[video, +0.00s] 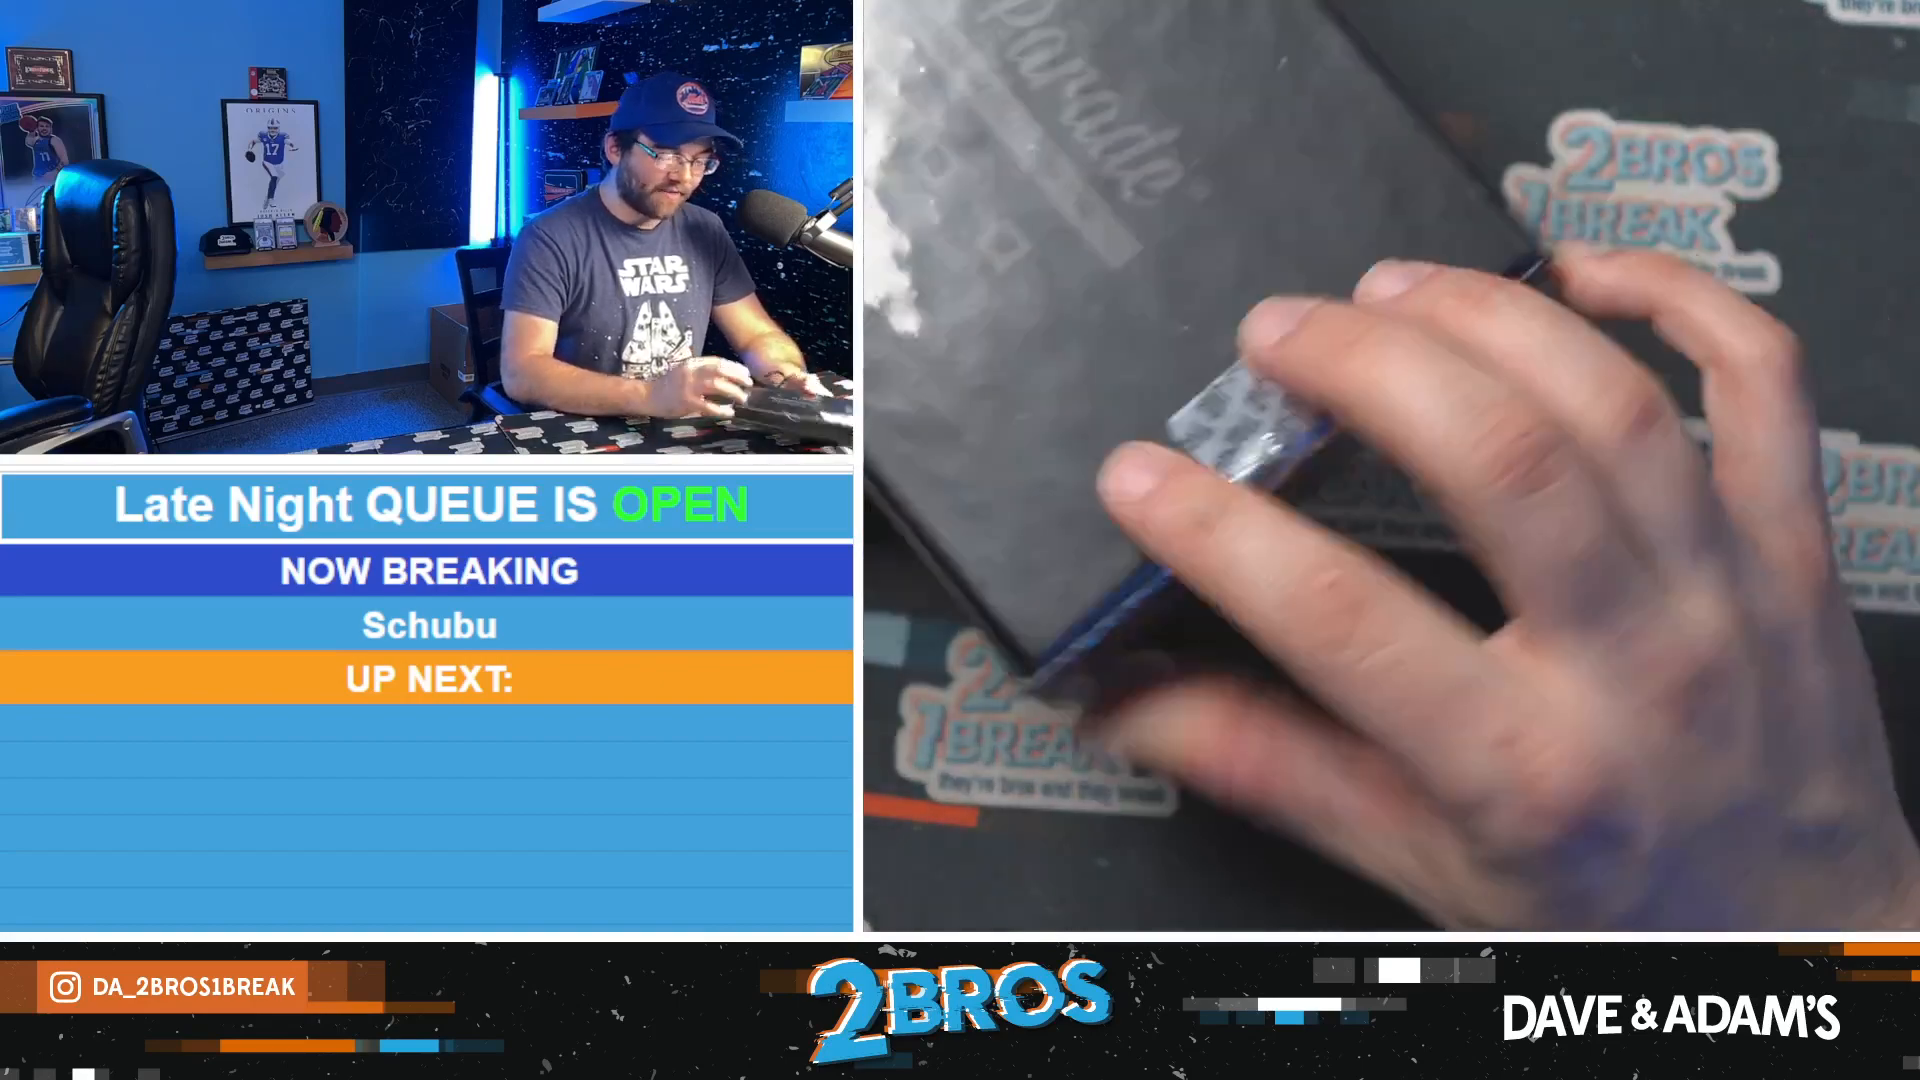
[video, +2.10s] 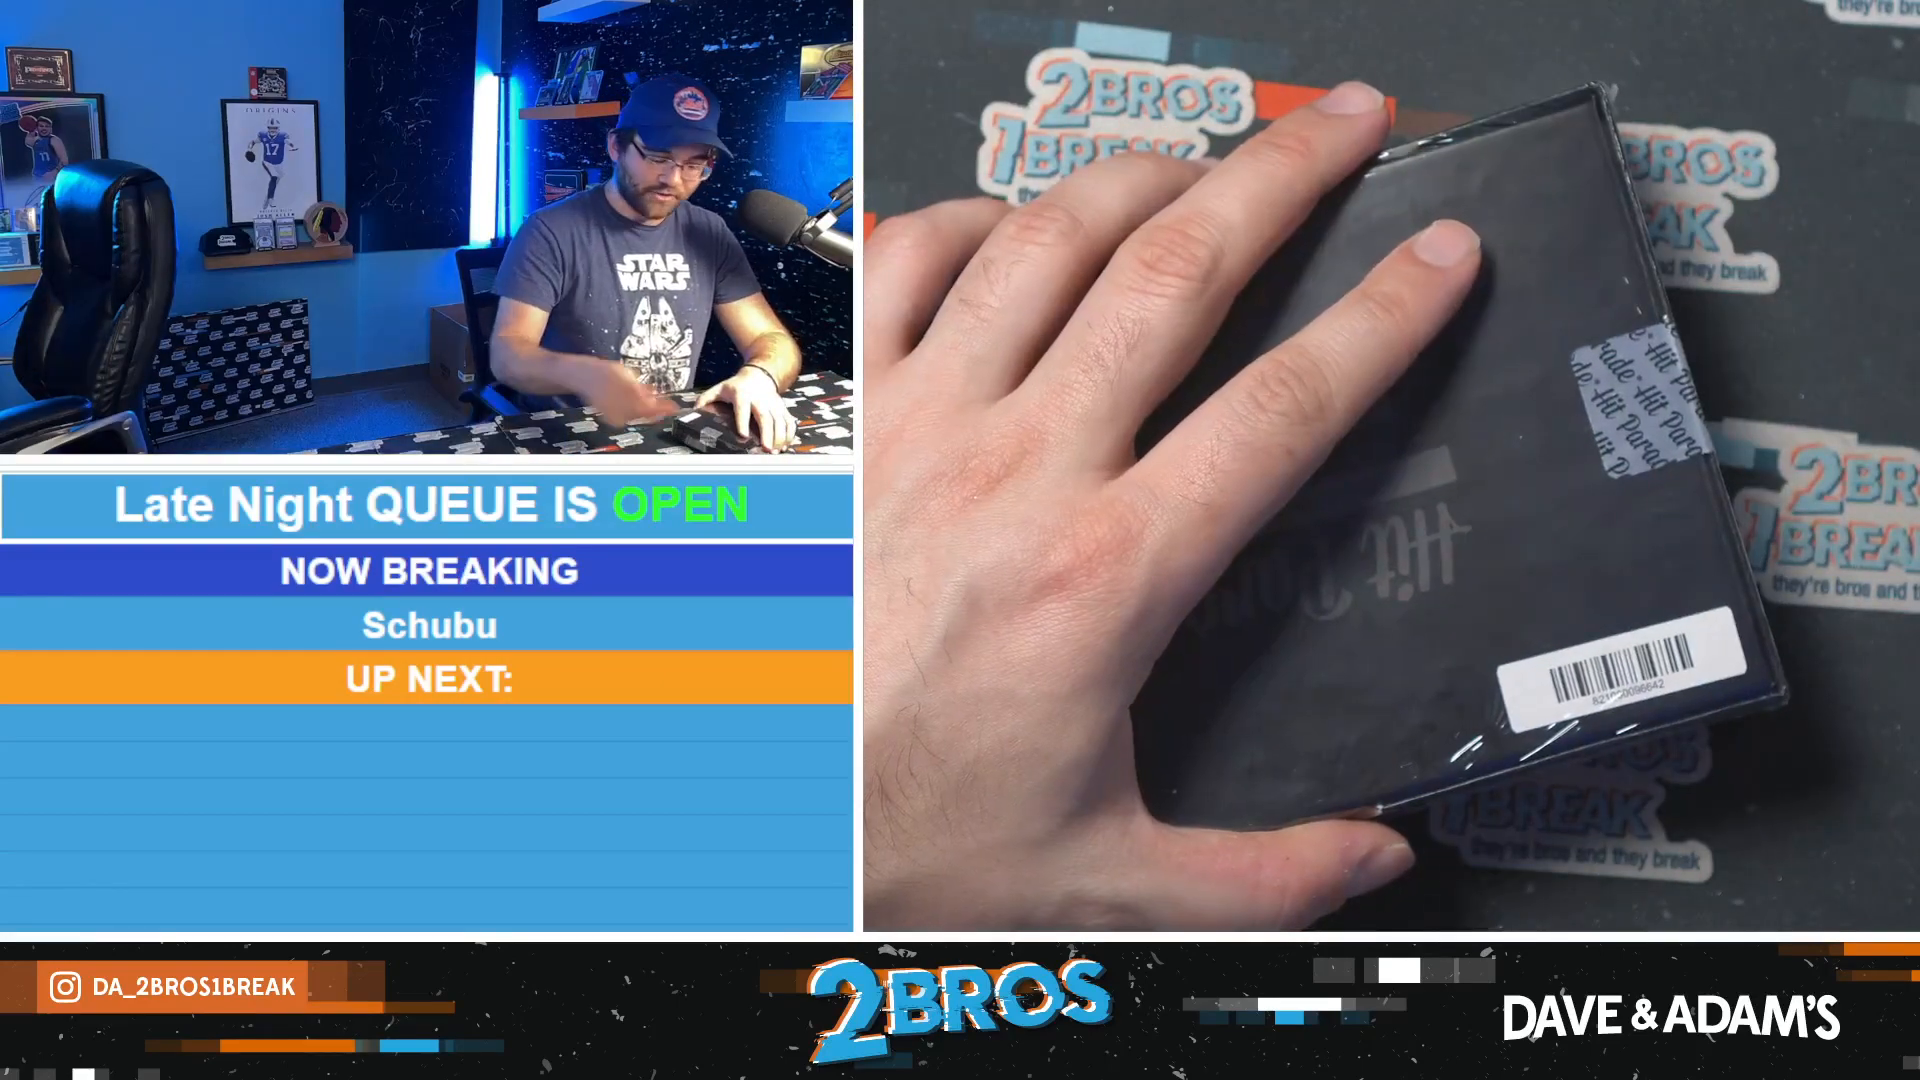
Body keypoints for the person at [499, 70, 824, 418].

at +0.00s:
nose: (684, 174)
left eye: (698, 158)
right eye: (666, 152)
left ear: (709, 162)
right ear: (615, 148)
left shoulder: (704, 231)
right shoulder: (550, 237)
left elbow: (758, 335)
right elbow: (523, 372)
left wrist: (781, 371)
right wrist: (649, 394)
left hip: (686, 455)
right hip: (580, 459)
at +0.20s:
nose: (659, 160)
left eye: (679, 145)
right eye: (642, 140)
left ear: (695, 157)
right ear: (605, 144)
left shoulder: (705, 231)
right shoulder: (552, 238)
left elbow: (757, 334)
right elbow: (523, 373)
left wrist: (793, 372)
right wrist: (612, 384)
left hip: (683, 449)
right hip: (577, 458)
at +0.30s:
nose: (648, 156)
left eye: (670, 141)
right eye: (631, 137)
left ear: (691, 155)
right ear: (602, 144)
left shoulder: (704, 230)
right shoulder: (548, 237)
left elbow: (762, 331)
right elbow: (515, 365)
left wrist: (795, 367)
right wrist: (565, 389)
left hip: (683, 456)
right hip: (580, 464)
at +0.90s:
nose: (604, 151)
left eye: (629, 137)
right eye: (599, 135)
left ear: (680, 153)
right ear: (590, 138)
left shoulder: (709, 233)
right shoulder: (551, 232)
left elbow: (775, 340)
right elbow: (520, 348)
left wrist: (753, 371)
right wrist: (535, 435)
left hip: (682, 448)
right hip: (582, 452)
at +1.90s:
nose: (652, 169)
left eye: (675, 154)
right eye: (637, 147)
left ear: (701, 160)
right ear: (613, 145)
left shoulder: (708, 236)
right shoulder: (552, 235)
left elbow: (771, 341)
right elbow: (503, 344)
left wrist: (760, 376)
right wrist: (509, 401)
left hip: (677, 456)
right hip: (570, 456)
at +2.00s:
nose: (665, 176)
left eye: (687, 161)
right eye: (650, 153)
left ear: (703, 167)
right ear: (614, 145)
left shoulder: (708, 235)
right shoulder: (550, 235)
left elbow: (771, 341)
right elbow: (501, 351)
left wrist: (759, 376)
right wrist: (548, 386)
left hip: (678, 457)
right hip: (575, 463)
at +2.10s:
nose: (673, 180)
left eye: (693, 164)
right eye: (657, 157)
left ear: (708, 168)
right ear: (616, 146)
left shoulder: (708, 235)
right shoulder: (550, 234)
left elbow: (771, 341)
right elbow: (507, 355)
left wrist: (758, 375)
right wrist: (589, 377)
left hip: (679, 457)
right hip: (574, 462)